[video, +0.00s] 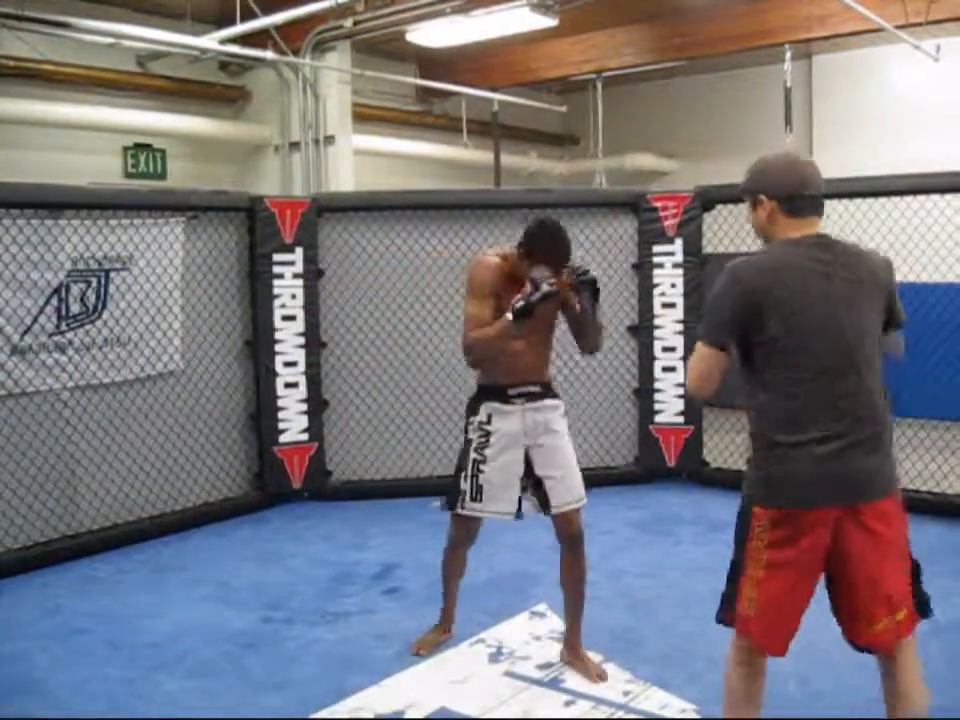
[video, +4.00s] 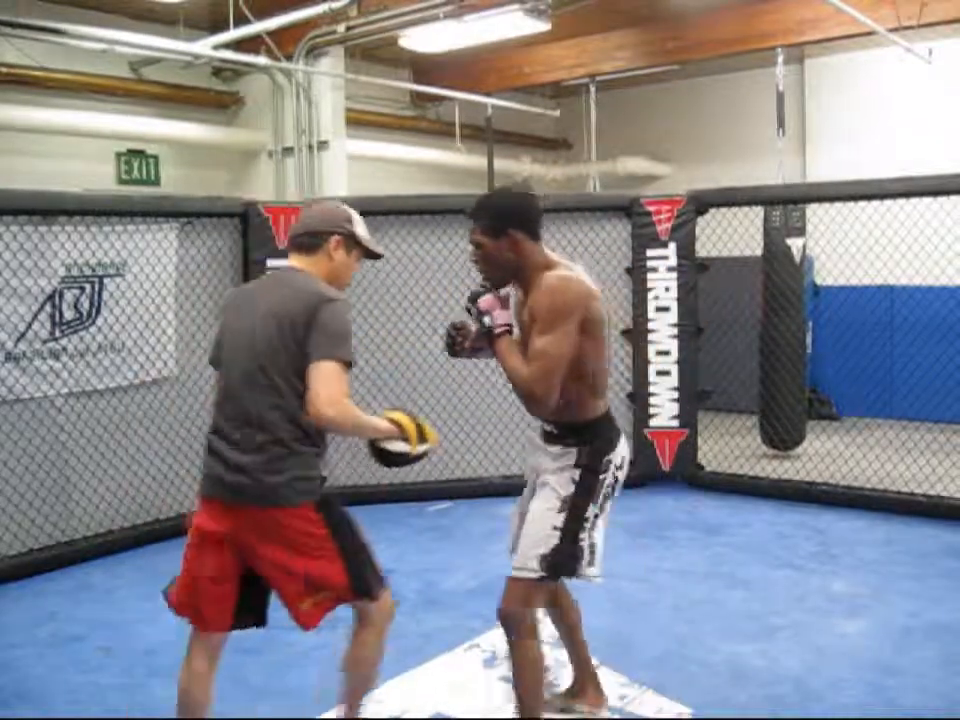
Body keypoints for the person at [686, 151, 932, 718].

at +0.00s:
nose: (749, 217)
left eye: (749, 206)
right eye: (749, 206)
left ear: (765, 206)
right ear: (816, 202)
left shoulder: (744, 277)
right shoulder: (872, 268)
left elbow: (701, 382)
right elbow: (886, 347)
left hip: (784, 487)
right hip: (873, 483)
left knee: (749, 653)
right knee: (898, 649)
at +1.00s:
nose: (657, 212)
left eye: (658, 204)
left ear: (665, 212)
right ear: (736, 206)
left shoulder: (631, 295)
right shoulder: (779, 282)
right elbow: (824, 417)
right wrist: (814, 445)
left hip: (667, 528)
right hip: (757, 529)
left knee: (677, 689)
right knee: (778, 704)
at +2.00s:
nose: (475, 214)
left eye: (473, 201)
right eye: (474, 200)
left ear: (404, 205)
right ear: (460, 197)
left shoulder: (375, 281)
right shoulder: (459, 265)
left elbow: (326, 404)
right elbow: (550, 376)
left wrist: (364, 470)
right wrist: (576, 348)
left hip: (385, 533)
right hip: (446, 536)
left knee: (423, 698)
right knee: (471, 703)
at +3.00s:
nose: (376, 252)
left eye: (377, 238)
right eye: (371, 237)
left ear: (338, 235)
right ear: (341, 234)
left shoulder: (307, 302)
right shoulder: (290, 306)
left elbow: (301, 415)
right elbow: (354, 421)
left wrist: (369, 425)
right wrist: (443, 383)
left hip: (311, 520)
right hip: (259, 529)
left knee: (373, 642)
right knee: (220, 694)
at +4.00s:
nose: (356, 271)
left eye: (360, 259)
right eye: (356, 256)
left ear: (303, 245)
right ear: (333, 246)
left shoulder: (239, 298)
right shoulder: (324, 304)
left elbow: (228, 395)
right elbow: (326, 408)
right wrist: (384, 428)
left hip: (220, 492)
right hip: (288, 496)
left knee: (204, 641)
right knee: (375, 606)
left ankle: (188, 715)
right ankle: (351, 711)